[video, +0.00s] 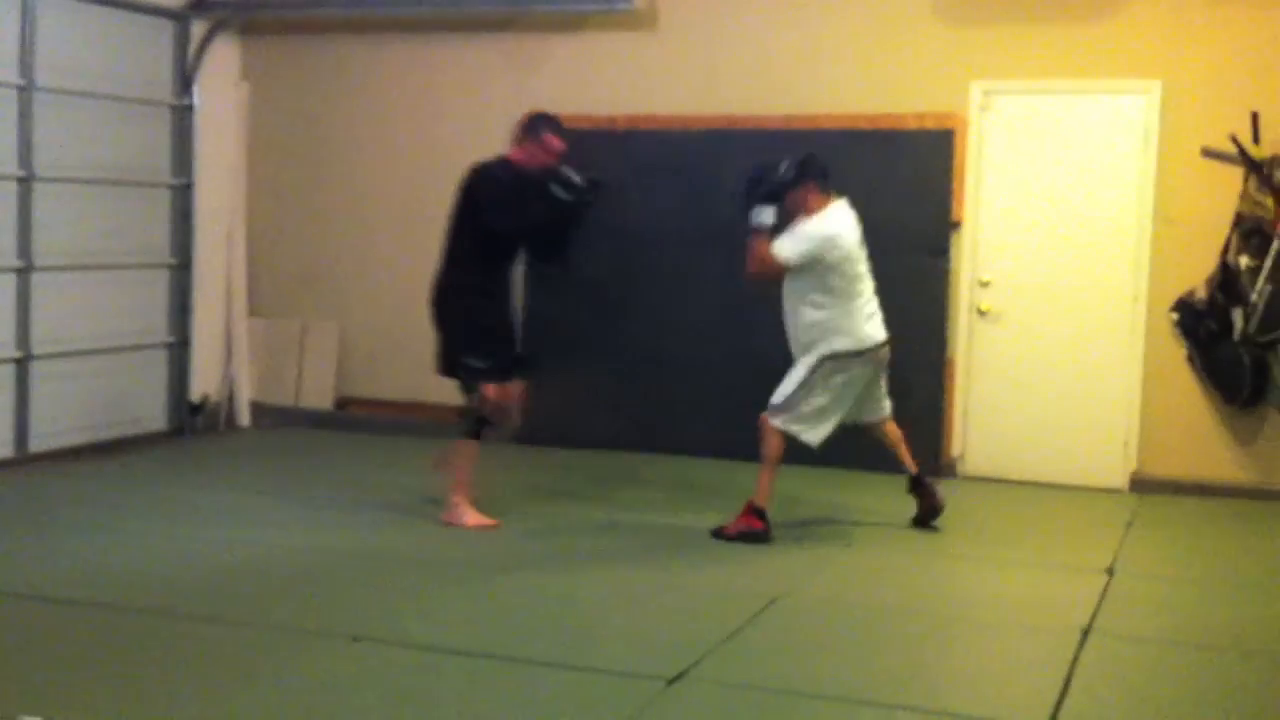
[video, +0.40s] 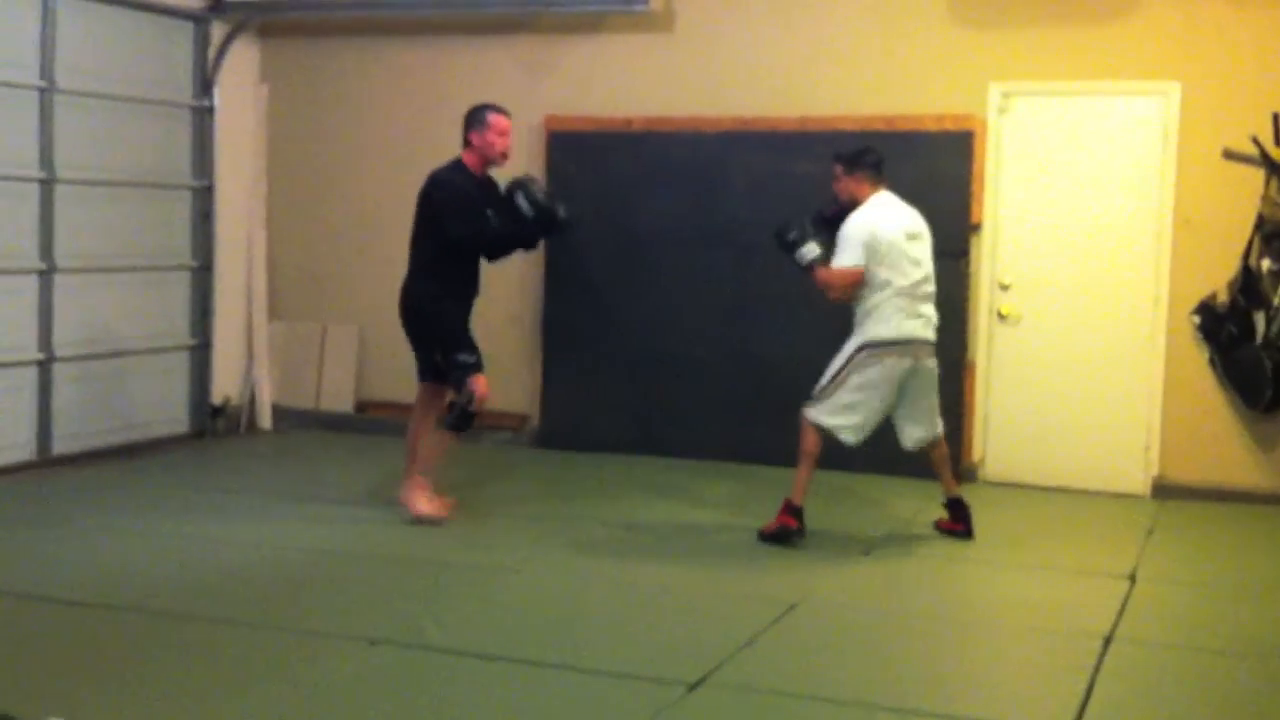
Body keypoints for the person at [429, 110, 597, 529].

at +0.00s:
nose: (550, 164)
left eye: (555, 156)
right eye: (546, 153)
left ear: (551, 155)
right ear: (524, 144)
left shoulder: (532, 185)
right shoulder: (490, 177)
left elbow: (546, 249)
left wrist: (571, 202)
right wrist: (558, 196)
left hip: (496, 303)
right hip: (463, 301)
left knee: (507, 400)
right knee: (485, 398)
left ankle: (451, 458)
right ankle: (458, 500)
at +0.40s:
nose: (507, 143)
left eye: (508, 134)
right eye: (500, 134)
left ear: (489, 139)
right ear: (474, 136)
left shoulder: (485, 188)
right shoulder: (448, 184)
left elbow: (494, 247)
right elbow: (480, 244)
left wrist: (532, 226)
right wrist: (519, 219)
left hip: (450, 305)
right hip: (430, 305)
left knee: (432, 393)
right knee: (470, 389)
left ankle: (417, 483)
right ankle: (418, 484)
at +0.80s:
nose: (468, 148)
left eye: (471, 139)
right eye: (463, 138)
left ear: (449, 139)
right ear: (437, 134)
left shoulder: (449, 183)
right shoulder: (409, 183)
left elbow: (472, 241)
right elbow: (454, 233)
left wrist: (504, 208)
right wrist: (477, 186)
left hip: (448, 307)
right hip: (413, 309)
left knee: (502, 382)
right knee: (408, 405)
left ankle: (472, 479)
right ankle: (368, 502)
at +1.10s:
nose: (490, 156)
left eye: (494, 147)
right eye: (483, 146)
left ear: (495, 151)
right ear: (461, 144)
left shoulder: (489, 194)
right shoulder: (432, 193)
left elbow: (533, 236)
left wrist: (534, 185)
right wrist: (492, 187)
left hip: (483, 317)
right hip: (439, 319)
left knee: (510, 407)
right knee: (426, 415)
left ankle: (539, 507)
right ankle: (368, 502)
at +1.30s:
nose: (511, 146)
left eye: (518, 140)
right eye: (504, 137)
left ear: (525, 143)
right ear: (485, 135)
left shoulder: (526, 187)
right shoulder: (454, 182)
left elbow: (558, 240)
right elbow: (459, 230)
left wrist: (564, 192)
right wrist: (491, 175)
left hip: (510, 310)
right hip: (463, 309)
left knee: (529, 406)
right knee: (464, 410)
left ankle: (544, 506)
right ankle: (427, 493)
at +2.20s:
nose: (525, 143)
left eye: (533, 135)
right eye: (517, 135)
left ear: (547, 137)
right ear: (502, 136)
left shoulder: (576, 184)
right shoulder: (490, 187)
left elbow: (579, 242)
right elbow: (511, 232)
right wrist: (524, 164)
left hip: (568, 314)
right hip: (515, 314)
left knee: (585, 413)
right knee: (486, 413)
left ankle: (602, 528)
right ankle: (464, 500)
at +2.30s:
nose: (513, 141)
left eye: (518, 133)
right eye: (508, 133)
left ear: (507, 134)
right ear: (515, 134)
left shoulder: (566, 181)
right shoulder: (484, 191)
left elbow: (613, 227)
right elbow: (507, 243)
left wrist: (600, 268)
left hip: (565, 312)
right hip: (511, 314)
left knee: (582, 414)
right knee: (475, 413)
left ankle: (604, 530)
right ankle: (446, 505)